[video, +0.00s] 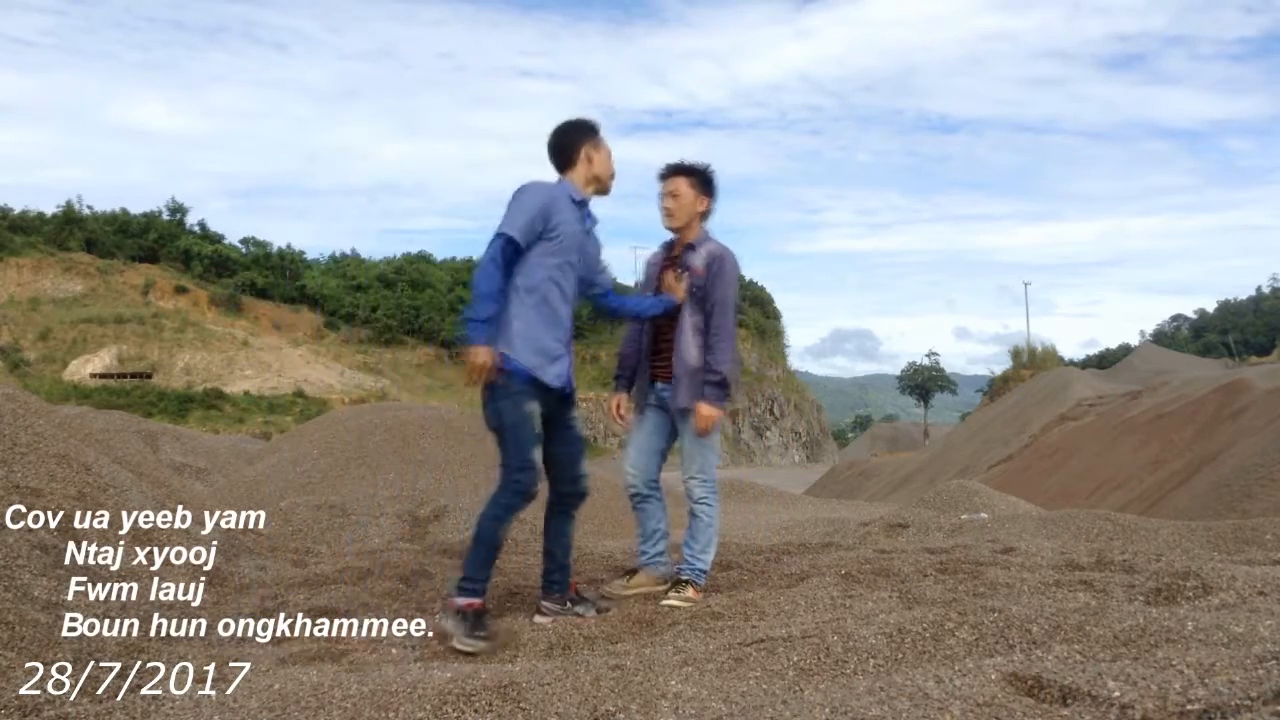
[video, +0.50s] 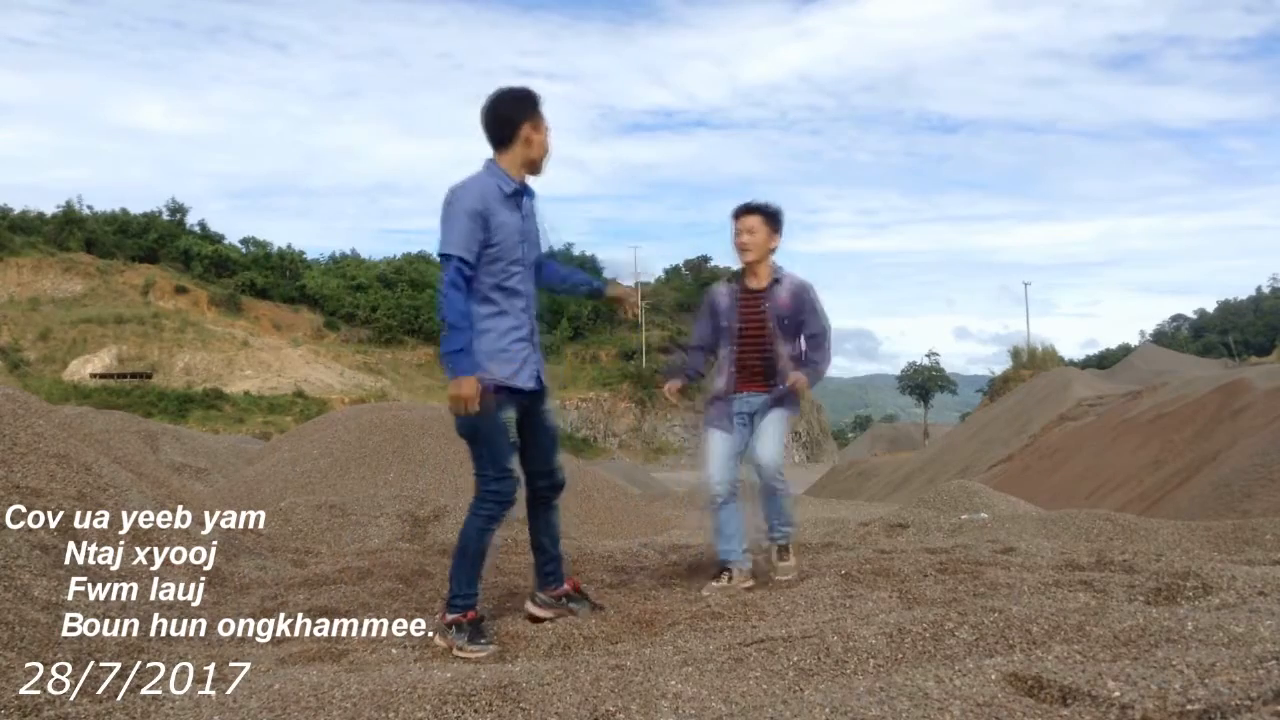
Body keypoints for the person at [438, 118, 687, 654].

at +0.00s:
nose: (614, 163)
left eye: (610, 153)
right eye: (608, 152)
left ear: (585, 159)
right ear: (587, 155)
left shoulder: (585, 233)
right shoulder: (541, 195)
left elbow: (608, 299)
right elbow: (496, 258)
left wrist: (668, 299)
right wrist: (480, 333)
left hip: (555, 376)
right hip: (513, 364)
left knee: (569, 486)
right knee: (520, 482)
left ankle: (556, 593)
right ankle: (468, 599)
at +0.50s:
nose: (549, 139)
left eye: (546, 129)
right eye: (544, 129)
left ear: (518, 135)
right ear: (525, 133)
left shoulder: (524, 201)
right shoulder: (470, 196)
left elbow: (538, 269)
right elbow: (453, 285)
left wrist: (605, 288)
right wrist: (460, 368)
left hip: (527, 372)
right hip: (484, 375)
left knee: (545, 481)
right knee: (496, 489)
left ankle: (550, 590)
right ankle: (460, 611)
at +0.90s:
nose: (535, 125)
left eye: (530, 115)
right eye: (530, 115)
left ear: (498, 123)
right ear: (515, 120)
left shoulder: (503, 188)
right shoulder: (462, 183)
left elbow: (446, 263)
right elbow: (433, 267)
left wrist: (408, 323)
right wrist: (434, 355)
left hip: (506, 366)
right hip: (464, 368)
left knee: (524, 473)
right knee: (471, 483)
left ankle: (486, 576)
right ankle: (447, 612)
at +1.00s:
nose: (531, 129)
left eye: (527, 117)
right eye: (527, 118)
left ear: (492, 126)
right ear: (513, 123)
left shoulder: (499, 192)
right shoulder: (459, 187)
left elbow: (485, 283)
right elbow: (437, 278)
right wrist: (446, 365)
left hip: (501, 370)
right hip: (463, 372)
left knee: (519, 476)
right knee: (472, 485)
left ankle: (481, 579)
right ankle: (447, 618)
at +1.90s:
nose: (537, 143)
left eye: (533, 133)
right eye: (533, 133)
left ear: (501, 140)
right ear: (518, 137)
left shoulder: (504, 197)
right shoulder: (481, 193)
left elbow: (489, 285)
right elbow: (465, 279)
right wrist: (476, 363)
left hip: (511, 375)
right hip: (483, 375)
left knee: (535, 479)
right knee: (482, 489)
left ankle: (544, 588)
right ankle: (450, 617)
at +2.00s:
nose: (550, 153)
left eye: (546, 143)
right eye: (546, 143)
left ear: (511, 151)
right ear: (534, 147)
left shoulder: (521, 207)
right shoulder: (499, 202)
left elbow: (518, 295)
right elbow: (485, 289)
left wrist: (539, 370)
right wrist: (494, 369)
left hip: (537, 380)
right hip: (510, 381)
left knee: (553, 488)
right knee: (501, 493)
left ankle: (553, 594)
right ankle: (452, 613)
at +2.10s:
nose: (563, 157)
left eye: (560, 147)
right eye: (560, 146)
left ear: (522, 152)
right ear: (548, 149)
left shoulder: (532, 207)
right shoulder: (515, 200)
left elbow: (542, 291)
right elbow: (516, 285)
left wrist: (580, 337)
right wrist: (558, 354)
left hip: (542, 372)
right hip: (515, 372)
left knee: (555, 488)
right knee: (523, 489)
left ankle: (555, 595)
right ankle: (470, 609)